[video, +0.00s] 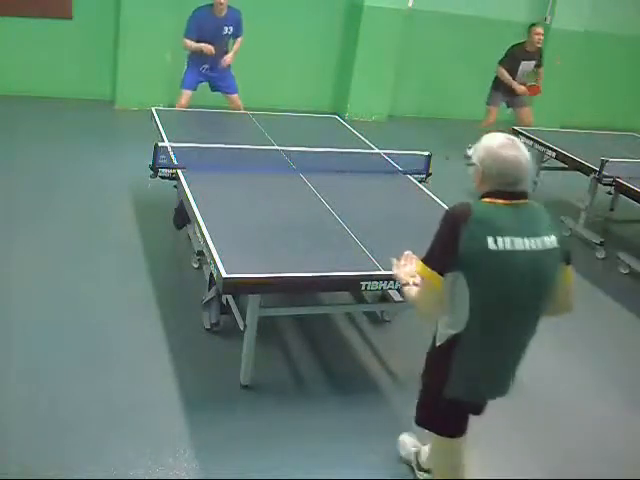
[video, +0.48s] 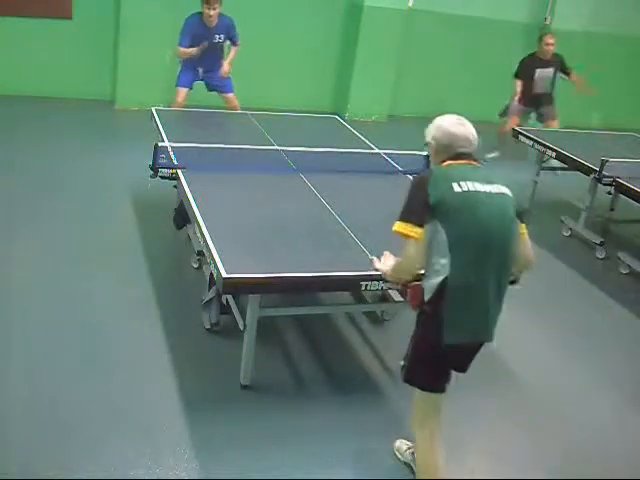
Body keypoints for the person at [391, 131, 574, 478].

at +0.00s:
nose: (472, 170)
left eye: (475, 164)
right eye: (474, 163)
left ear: (481, 173)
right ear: (525, 173)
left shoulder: (464, 217)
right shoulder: (544, 220)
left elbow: (431, 303)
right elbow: (561, 301)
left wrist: (409, 280)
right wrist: (514, 301)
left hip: (461, 348)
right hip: (508, 345)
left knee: (447, 426)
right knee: (460, 400)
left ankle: (445, 470)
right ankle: (434, 456)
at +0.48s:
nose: (427, 153)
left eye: (429, 147)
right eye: (428, 147)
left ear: (436, 150)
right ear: (472, 150)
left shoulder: (429, 184)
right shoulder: (499, 188)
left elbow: (413, 265)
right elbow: (524, 257)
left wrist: (391, 271)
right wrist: (500, 272)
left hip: (441, 316)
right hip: (482, 317)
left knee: (426, 422)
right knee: (434, 386)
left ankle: (431, 472)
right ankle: (424, 457)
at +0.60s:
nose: (417, 152)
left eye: (419, 147)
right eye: (417, 147)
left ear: (426, 150)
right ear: (463, 148)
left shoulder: (421, 183)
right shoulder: (493, 185)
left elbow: (405, 266)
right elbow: (518, 255)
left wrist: (386, 270)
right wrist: (483, 270)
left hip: (437, 313)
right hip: (479, 313)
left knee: (416, 419)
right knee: (427, 381)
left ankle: (418, 470)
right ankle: (416, 443)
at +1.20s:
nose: (380, 181)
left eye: (380, 172)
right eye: (378, 173)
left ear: (392, 169)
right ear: (427, 158)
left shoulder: (400, 207)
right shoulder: (469, 197)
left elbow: (360, 298)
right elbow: (466, 271)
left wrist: (316, 285)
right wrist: (394, 282)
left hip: (412, 342)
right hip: (459, 338)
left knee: (371, 433)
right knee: (430, 399)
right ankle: (435, 466)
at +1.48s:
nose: (391, 187)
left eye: (391, 179)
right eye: (389, 180)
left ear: (404, 178)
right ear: (434, 168)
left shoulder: (428, 212)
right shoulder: (468, 200)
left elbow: (461, 303)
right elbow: (452, 268)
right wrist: (395, 284)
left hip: (441, 348)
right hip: (474, 341)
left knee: (385, 444)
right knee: (449, 415)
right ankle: (455, 471)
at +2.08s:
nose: (459, 170)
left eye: (461, 163)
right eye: (459, 163)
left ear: (470, 169)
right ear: (513, 168)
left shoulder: (464, 207)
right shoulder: (536, 210)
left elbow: (441, 304)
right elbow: (558, 285)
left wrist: (426, 354)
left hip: (465, 354)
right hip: (513, 353)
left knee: (426, 435)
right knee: (477, 415)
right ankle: (469, 472)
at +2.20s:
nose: (473, 171)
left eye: (475, 165)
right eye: (474, 163)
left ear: (486, 172)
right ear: (525, 171)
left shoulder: (476, 211)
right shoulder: (546, 213)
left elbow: (452, 305)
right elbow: (566, 290)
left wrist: (428, 351)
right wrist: (514, 298)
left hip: (467, 354)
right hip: (513, 356)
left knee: (424, 449)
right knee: (483, 415)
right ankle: (490, 474)